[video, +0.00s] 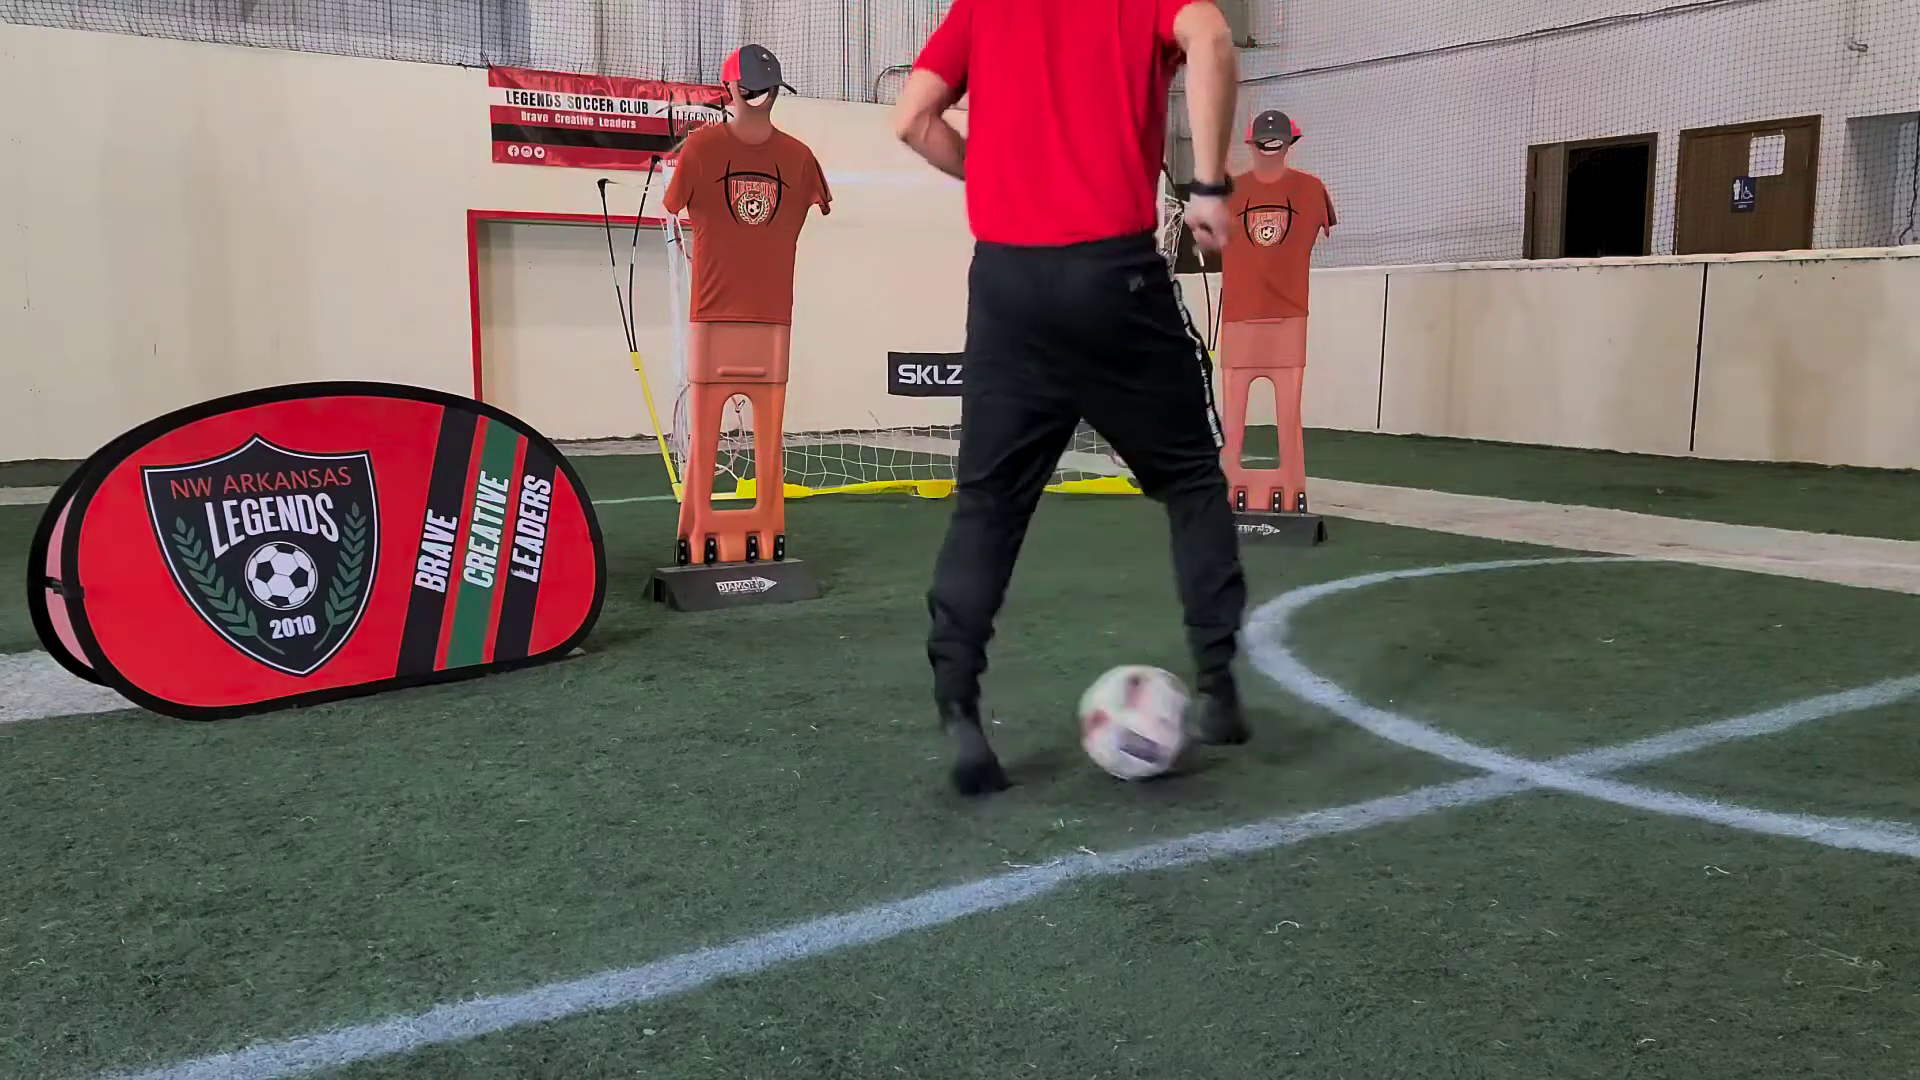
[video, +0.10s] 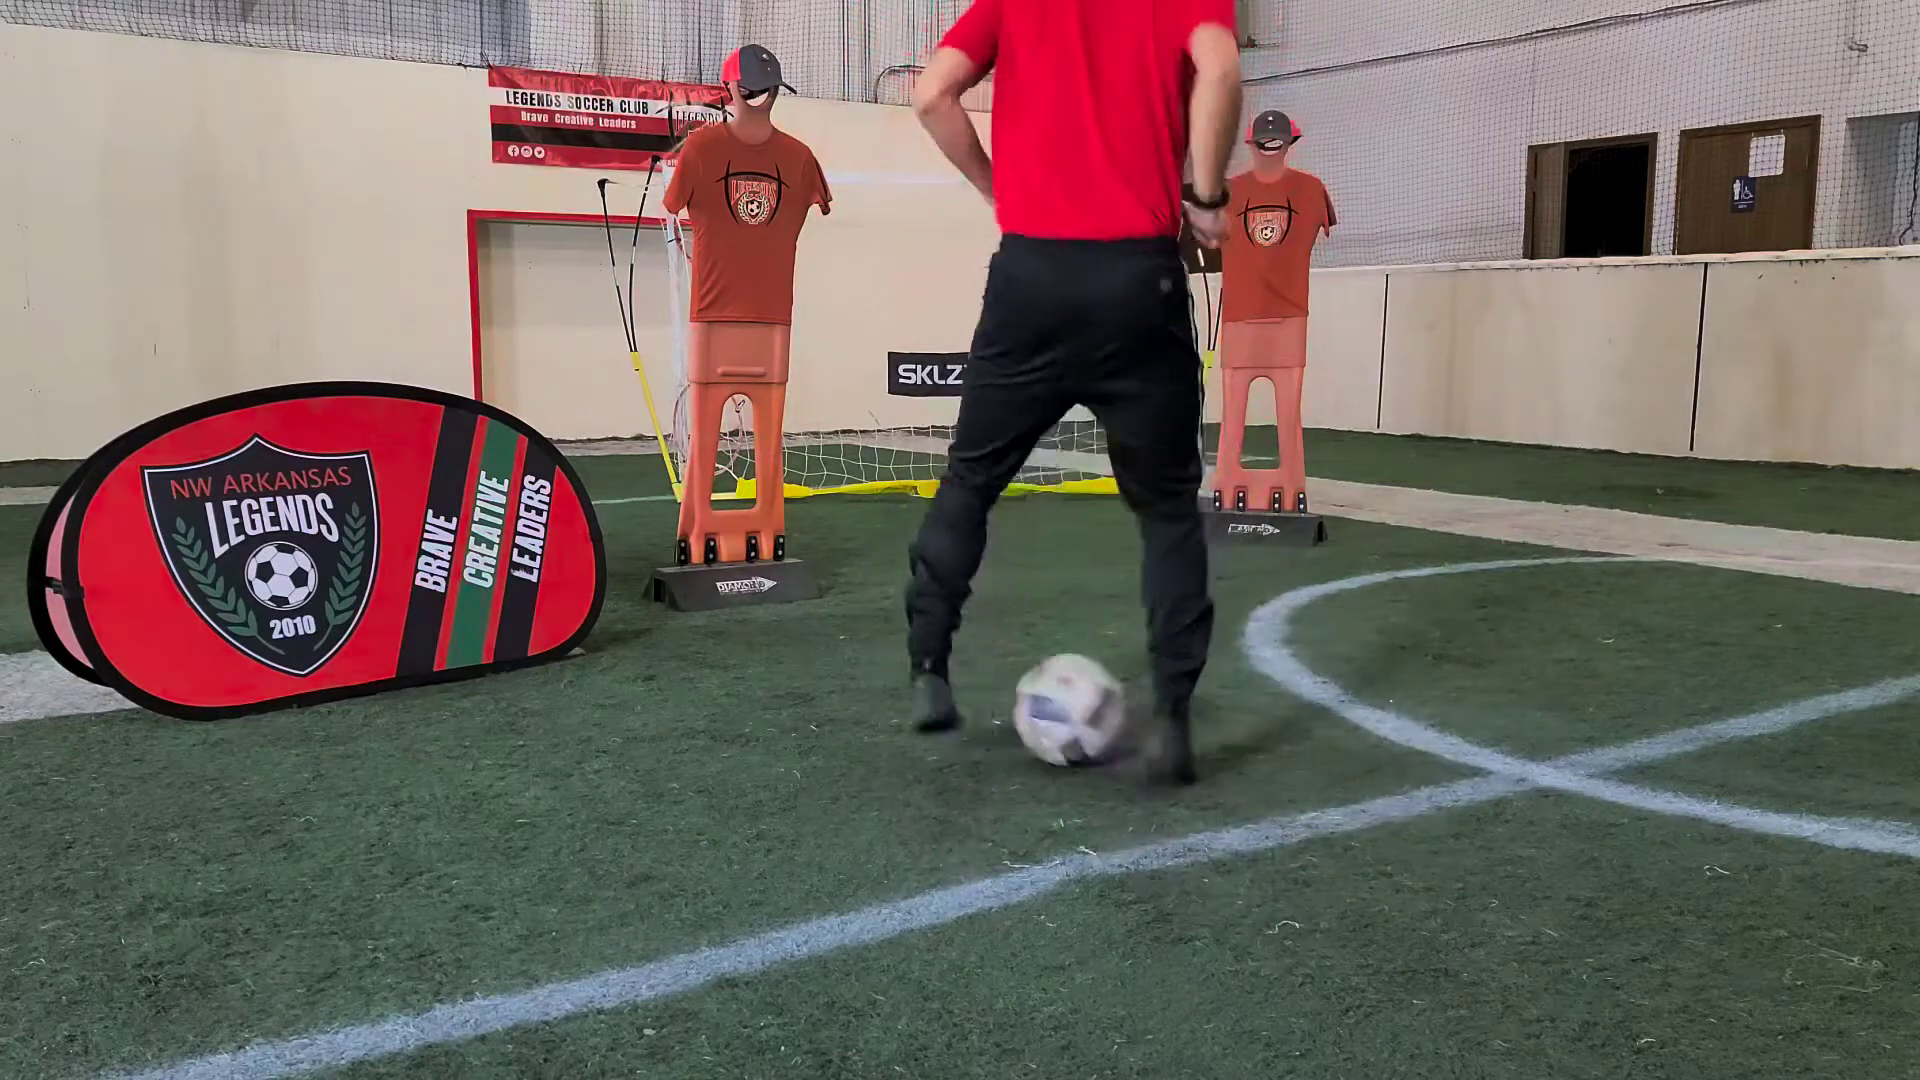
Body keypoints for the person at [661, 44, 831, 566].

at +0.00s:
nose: (757, 96)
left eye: (764, 87)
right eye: (748, 87)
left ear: (775, 87)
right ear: (729, 88)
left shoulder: (797, 153)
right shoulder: (702, 145)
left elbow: (807, 211)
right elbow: (676, 209)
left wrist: (761, 237)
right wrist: (726, 228)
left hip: (772, 303)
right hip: (713, 304)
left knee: (770, 415)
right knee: (704, 417)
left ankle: (768, 527)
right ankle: (697, 527)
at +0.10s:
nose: (758, 97)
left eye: (765, 88)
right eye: (748, 88)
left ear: (776, 89)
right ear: (729, 88)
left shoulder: (798, 154)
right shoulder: (701, 146)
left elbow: (802, 213)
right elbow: (675, 208)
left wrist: (766, 240)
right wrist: (723, 230)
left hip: (772, 303)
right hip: (712, 304)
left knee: (770, 418)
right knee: (705, 420)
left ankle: (767, 530)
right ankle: (696, 531)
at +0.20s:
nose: (759, 96)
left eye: (765, 87)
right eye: (749, 87)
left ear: (776, 88)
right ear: (729, 88)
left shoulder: (797, 153)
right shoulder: (702, 145)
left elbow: (808, 208)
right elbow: (673, 207)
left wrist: (767, 238)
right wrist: (723, 227)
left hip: (772, 304)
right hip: (712, 304)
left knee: (770, 419)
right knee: (704, 421)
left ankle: (767, 531)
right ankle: (696, 531)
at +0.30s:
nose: (759, 96)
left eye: (766, 87)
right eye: (749, 87)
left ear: (776, 87)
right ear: (729, 88)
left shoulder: (797, 153)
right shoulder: (702, 144)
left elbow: (802, 214)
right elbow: (675, 209)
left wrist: (762, 237)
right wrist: (724, 227)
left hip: (772, 304)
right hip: (712, 304)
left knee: (770, 418)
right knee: (705, 419)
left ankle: (767, 531)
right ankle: (697, 531)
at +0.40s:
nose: (757, 95)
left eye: (765, 87)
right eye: (748, 86)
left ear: (776, 88)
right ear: (729, 87)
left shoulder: (796, 153)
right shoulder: (702, 144)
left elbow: (799, 218)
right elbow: (676, 210)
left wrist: (760, 238)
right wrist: (726, 229)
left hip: (772, 302)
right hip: (713, 302)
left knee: (769, 413)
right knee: (705, 413)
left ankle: (767, 526)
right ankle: (697, 526)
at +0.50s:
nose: (759, 97)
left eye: (766, 88)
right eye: (750, 88)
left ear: (776, 89)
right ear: (730, 89)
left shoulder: (797, 153)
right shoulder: (703, 146)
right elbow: (677, 211)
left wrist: (750, 232)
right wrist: (725, 226)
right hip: (715, 304)